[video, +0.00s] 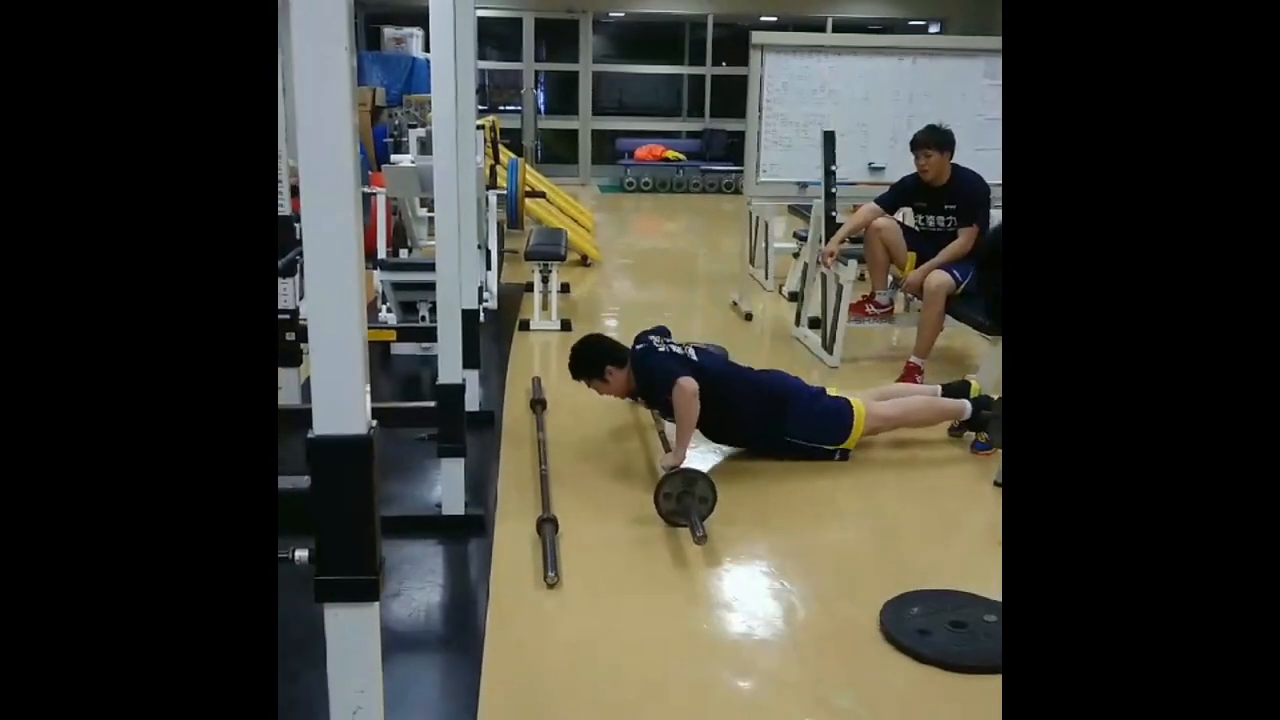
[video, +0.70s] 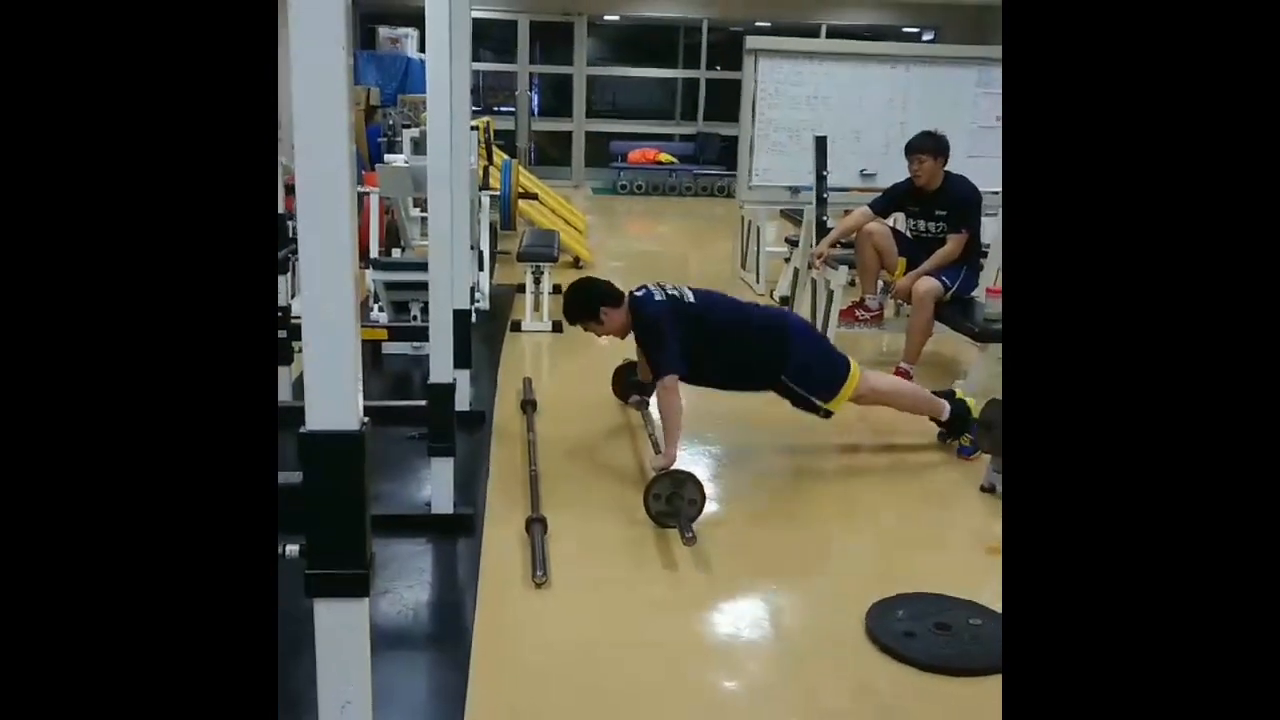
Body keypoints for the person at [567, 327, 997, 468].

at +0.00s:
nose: (601, 394)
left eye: (597, 387)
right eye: (594, 389)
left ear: (608, 374)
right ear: (611, 358)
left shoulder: (649, 367)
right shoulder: (644, 348)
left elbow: (688, 388)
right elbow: (681, 364)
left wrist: (679, 452)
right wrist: (671, 414)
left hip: (780, 414)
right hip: (774, 395)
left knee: (873, 419)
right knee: (863, 406)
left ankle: (971, 408)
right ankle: (949, 391)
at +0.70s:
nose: (597, 336)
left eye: (592, 329)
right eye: (590, 330)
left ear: (605, 314)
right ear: (609, 300)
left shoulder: (652, 320)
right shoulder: (645, 301)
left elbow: (669, 390)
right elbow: (664, 354)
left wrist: (670, 453)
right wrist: (645, 374)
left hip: (784, 348)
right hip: (779, 331)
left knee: (859, 389)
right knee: (853, 380)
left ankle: (949, 410)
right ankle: (938, 403)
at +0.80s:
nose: (601, 335)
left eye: (596, 328)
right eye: (594, 330)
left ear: (609, 312)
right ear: (609, 307)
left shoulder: (650, 315)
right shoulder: (640, 302)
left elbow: (660, 390)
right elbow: (653, 363)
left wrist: (666, 453)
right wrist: (639, 381)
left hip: (786, 292)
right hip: (772, 292)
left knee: (843, 374)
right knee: (825, 371)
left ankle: (930, 409)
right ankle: (906, 387)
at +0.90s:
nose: (615, 333)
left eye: (611, 326)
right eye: (609, 328)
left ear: (624, 312)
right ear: (622, 307)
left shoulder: (661, 314)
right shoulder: (644, 300)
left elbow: (667, 392)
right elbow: (644, 348)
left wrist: (665, 456)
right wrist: (639, 386)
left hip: (790, 263)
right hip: (763, 262)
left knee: (793, 364)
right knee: (764, 356)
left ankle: (878, 406)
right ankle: (848, 388)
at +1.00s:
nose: (626, 335)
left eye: (621, 328)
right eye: (620, 331)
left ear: (636, 314)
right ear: (638, 307)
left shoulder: (673, 316)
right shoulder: (653, 298)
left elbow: (674, 392)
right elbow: (651, 347)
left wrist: (664, 457)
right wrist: (639, 390)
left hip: (793, 264)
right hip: (761, 258)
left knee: (745, 350)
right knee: (718, 343)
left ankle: (804, 424)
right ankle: (773, 401)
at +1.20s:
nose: (608, 296)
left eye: (610, 286)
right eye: (607, 287)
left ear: (634, 286)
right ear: (636, 285)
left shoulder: (662, 318)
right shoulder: (654, 304)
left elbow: (667, 394)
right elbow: (643, 355)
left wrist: (657, 459)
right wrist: (633, 396)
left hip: (784, 343)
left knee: (698, 373)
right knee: (681, 361)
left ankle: (735, 468)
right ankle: (709, 432)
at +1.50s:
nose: (613, 240)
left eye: (617, 231)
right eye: (613, 232)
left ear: (643, 234)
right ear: (644, 233)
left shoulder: (683, 261)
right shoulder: (666, 257)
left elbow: (697, 326)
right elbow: (660, 300)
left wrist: (681, 396)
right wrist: (650, 340)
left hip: (790, 297)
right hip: (764, 292)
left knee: (713, 368)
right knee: (699, 362)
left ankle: (732, 473)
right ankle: (717, 454)